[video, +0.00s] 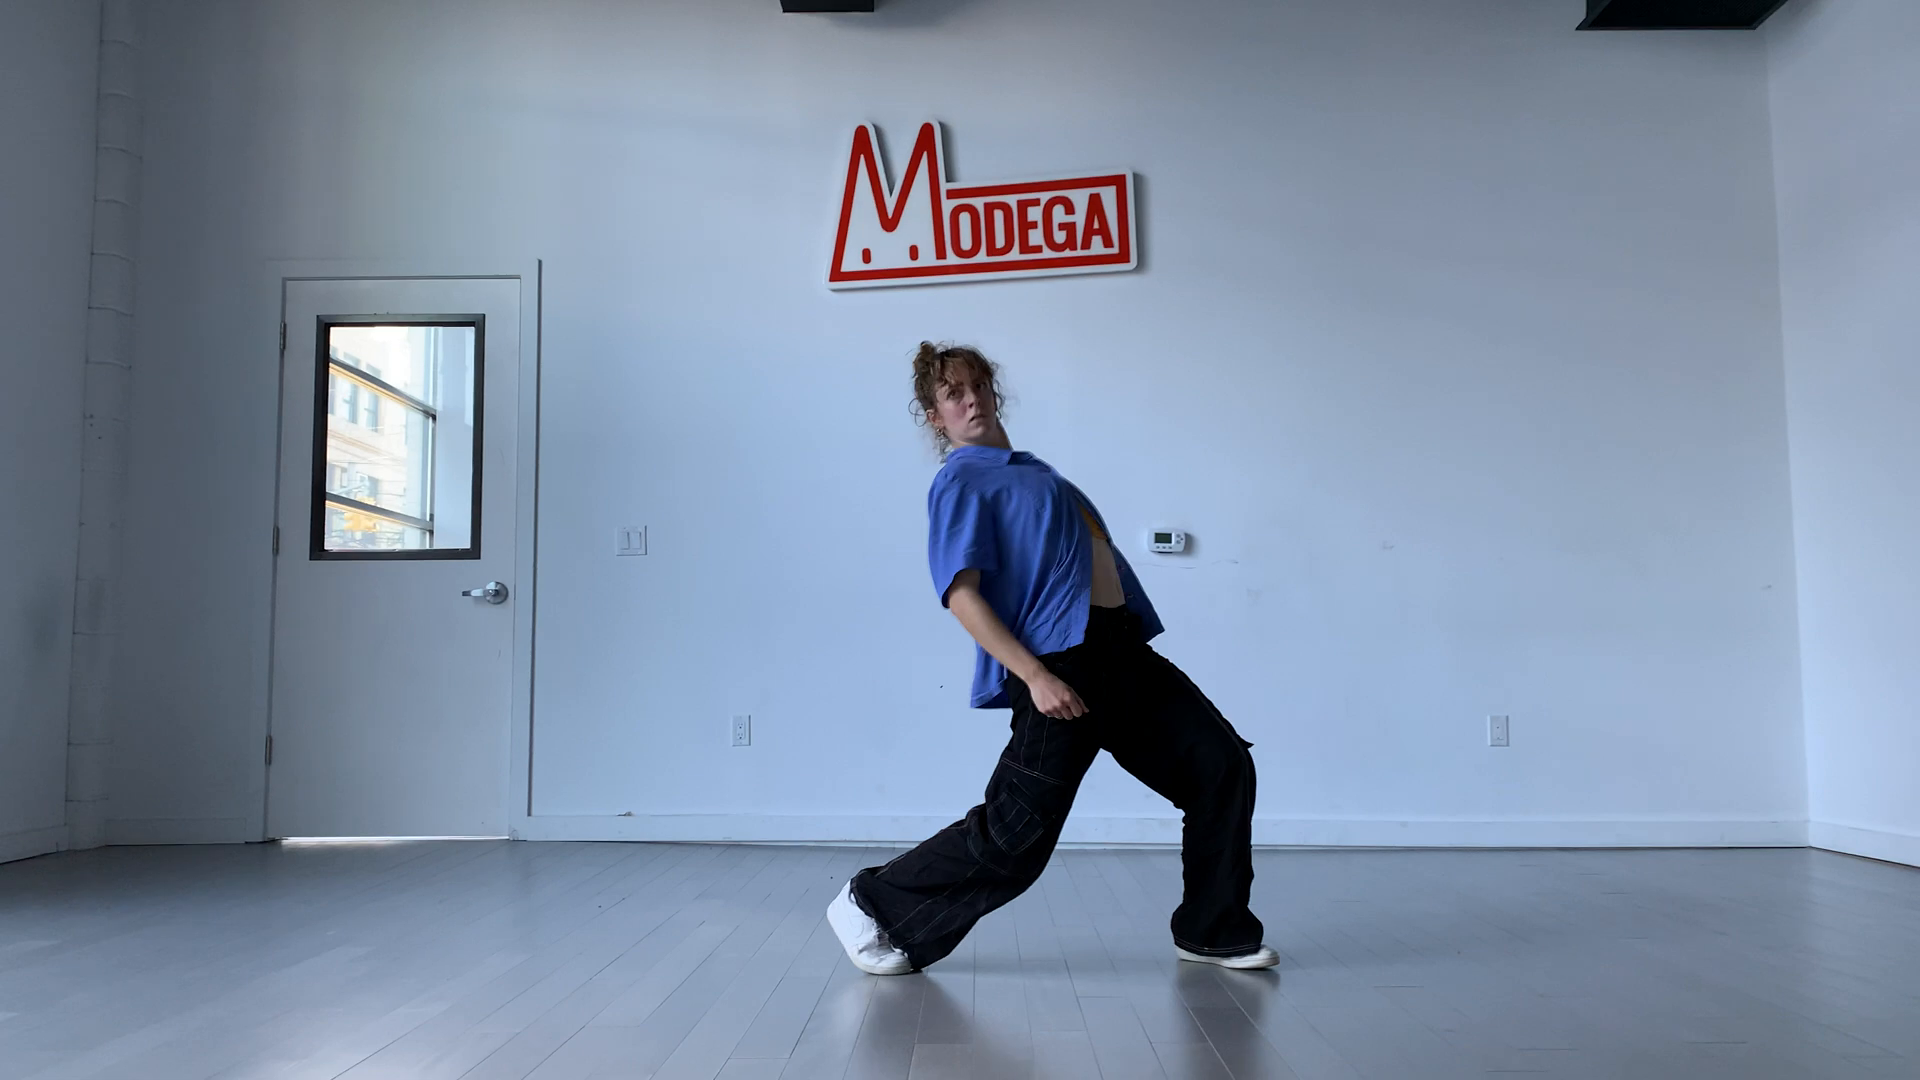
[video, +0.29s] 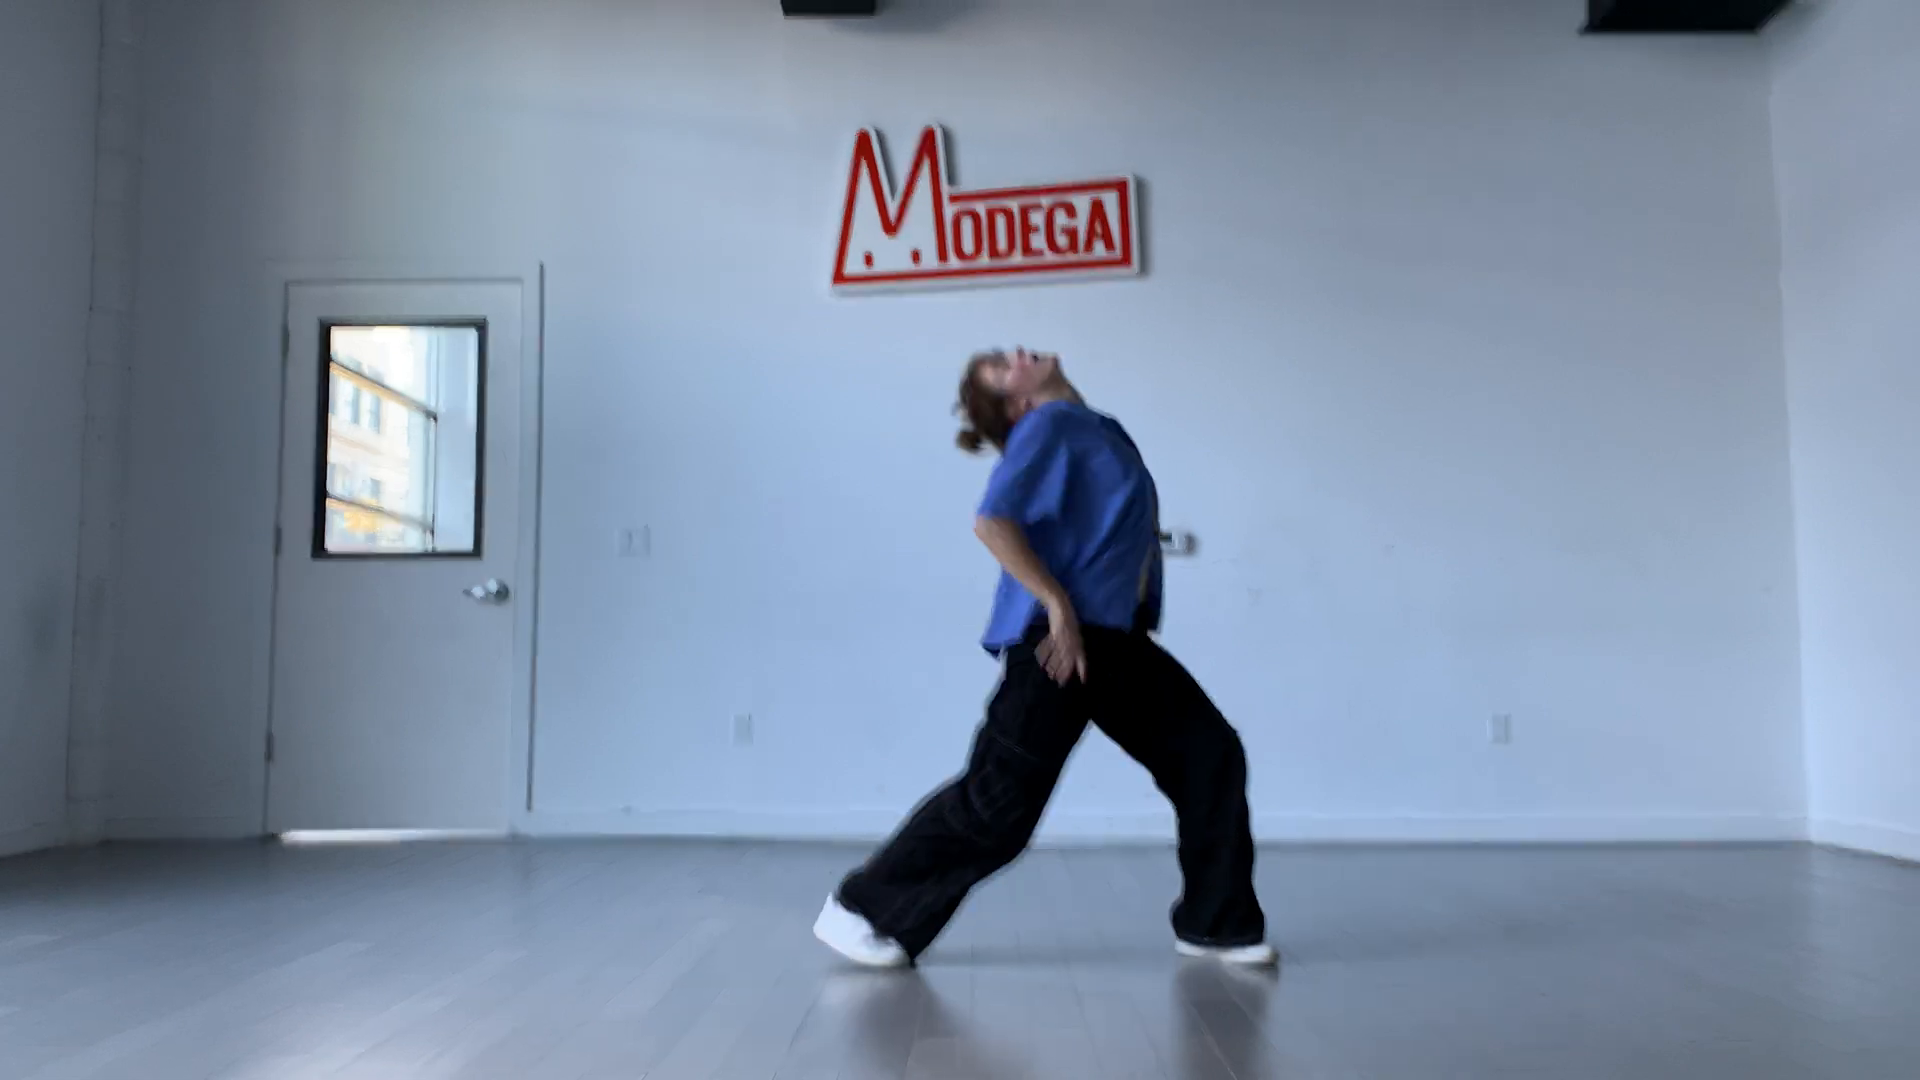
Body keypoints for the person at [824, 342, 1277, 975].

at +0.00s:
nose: (974, 398)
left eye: (980, 386)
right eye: (955, 393)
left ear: (996, 397)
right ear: (934, 417)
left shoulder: (1034, 472)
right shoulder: (959, 477)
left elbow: (1085, 552)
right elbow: (959, 594)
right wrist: (1034, 673)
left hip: (1121, 650)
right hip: (1061, 663)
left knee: (1224, 767)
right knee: (1011, 840)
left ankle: (1213, 928)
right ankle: (872, 904)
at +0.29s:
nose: (1021, 351)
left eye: (1008, 351)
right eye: (1005, 364)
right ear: (1013, 405)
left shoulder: (1103, 432)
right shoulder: (1047, 425)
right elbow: (994, 521)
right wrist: (1058, 606)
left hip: (1119, 646)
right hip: (1057, 645)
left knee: (1212, 759)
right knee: (997, 806)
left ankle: (1217, 923)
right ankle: (861, 910)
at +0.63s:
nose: (1192, 335)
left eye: (1191, 325)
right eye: (1182, 324)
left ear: (1154, 333)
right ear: (1155, 330)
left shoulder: (1168, 421)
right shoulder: (1131, 368)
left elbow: (1220, 472)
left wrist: (1238, 467)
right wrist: (1182, 441)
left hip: (1105, 618)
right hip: (1036, 606)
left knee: (1161, 780)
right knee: (967, 780)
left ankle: (1201, 930)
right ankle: (856, 920)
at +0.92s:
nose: (1210, 298)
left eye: (1216, 288)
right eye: (1194, 286)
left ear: (1220, 305)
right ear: (1152, 299)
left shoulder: (1232, 394)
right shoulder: (1127, 367)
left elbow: (1337, 429)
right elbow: (1198, 416)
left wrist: (1462, 450)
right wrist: (1309, 424)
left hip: (1183, 589)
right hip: (1102, 590)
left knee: (1202, 769)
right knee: (1115, 753)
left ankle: (1203, 927)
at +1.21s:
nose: (1208, 305)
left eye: (1220, 294)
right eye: (1195, 293)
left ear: (1239, 301)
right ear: (1169, 301)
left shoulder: (1242, 372)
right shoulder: (1153, 343)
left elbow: (1270, 389)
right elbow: (1171, 362)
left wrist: (1315, 378)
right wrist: (1198, 349)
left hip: (1234, 587)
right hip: (1159, 581)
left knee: (1281, 745)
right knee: (1228, 746)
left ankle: (1215, 918)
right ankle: (1263, 946)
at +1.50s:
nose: (1197, 332)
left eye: (1209, 317)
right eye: (1179, 320)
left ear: (1227, 323)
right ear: (1158, 328)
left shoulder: (1235, 385)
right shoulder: (1154, 375)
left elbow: (1301, 375)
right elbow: (1054, 369)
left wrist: (1228, 390)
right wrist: (1137, 380)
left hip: (1216, 593)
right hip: (1169, 575)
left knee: (1289, 776)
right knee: (1221, 762)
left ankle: (1196, 942)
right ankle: (1082, 923)